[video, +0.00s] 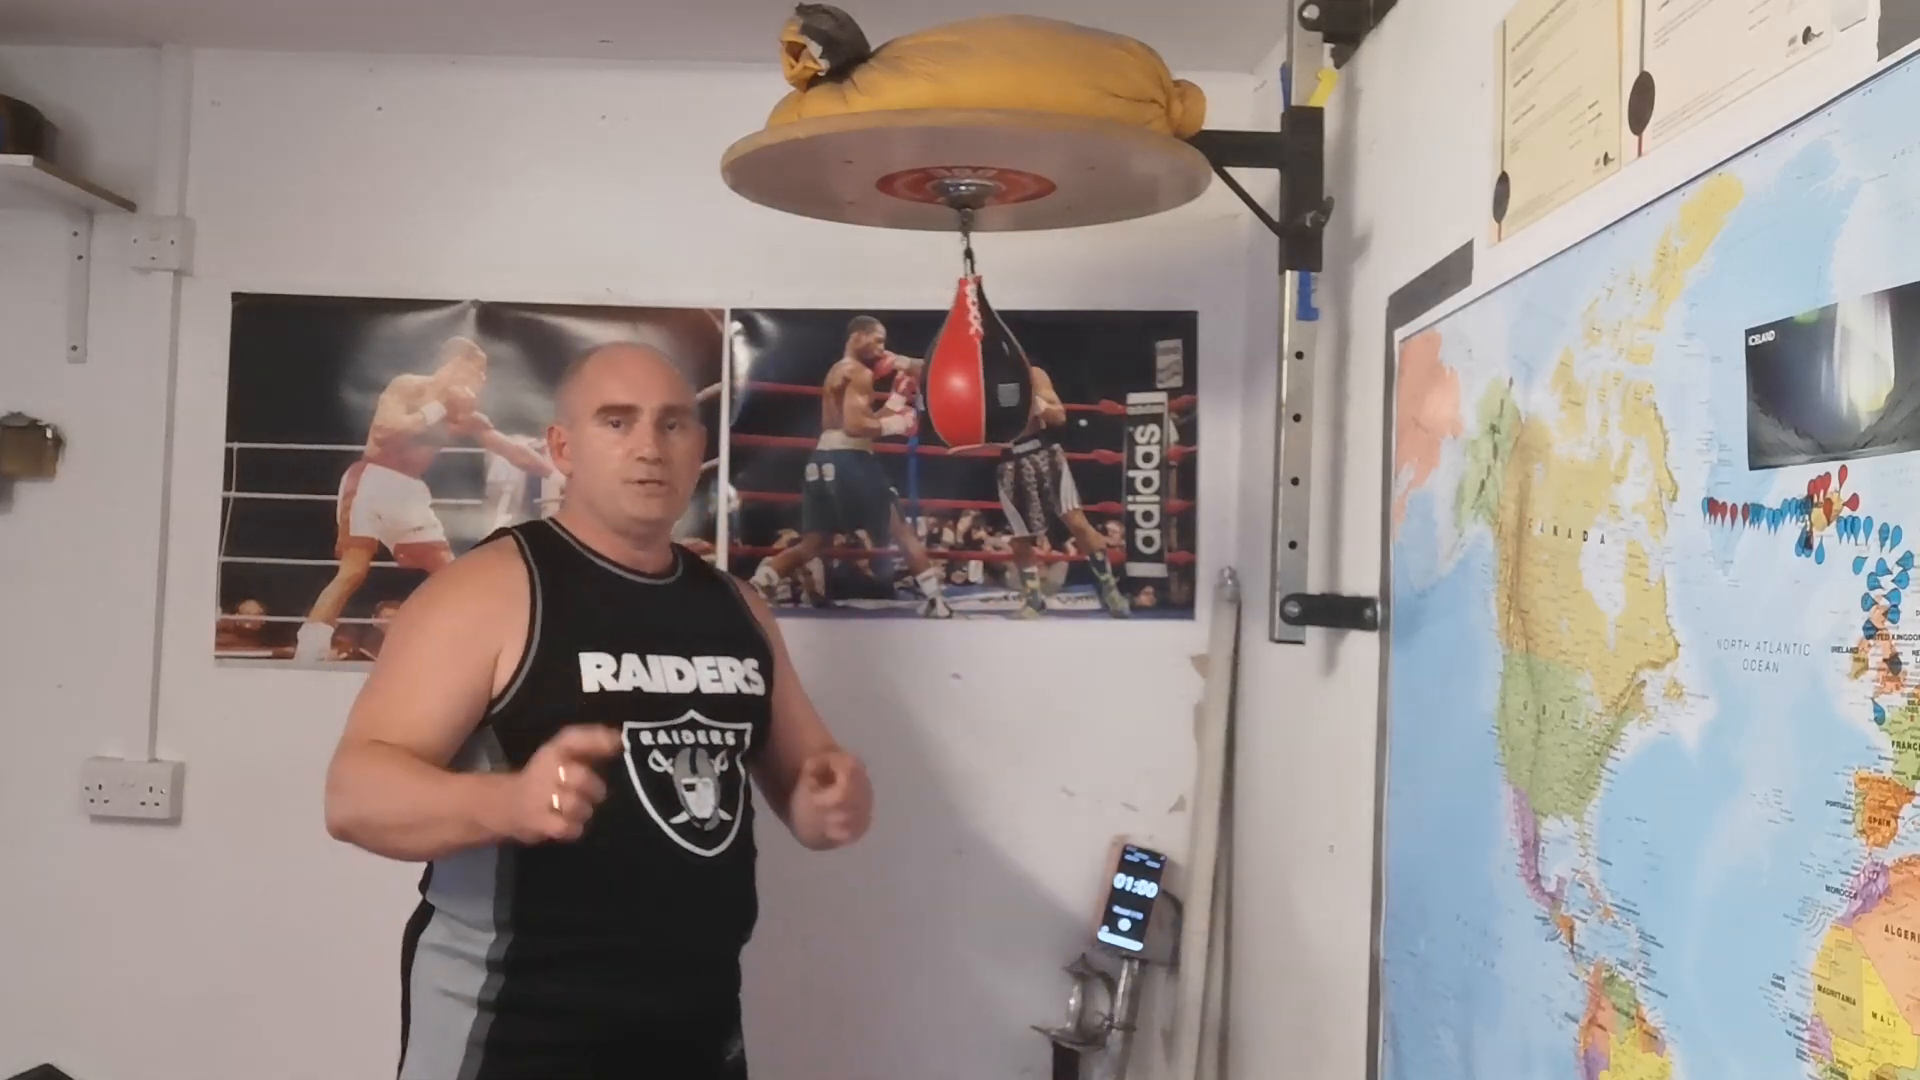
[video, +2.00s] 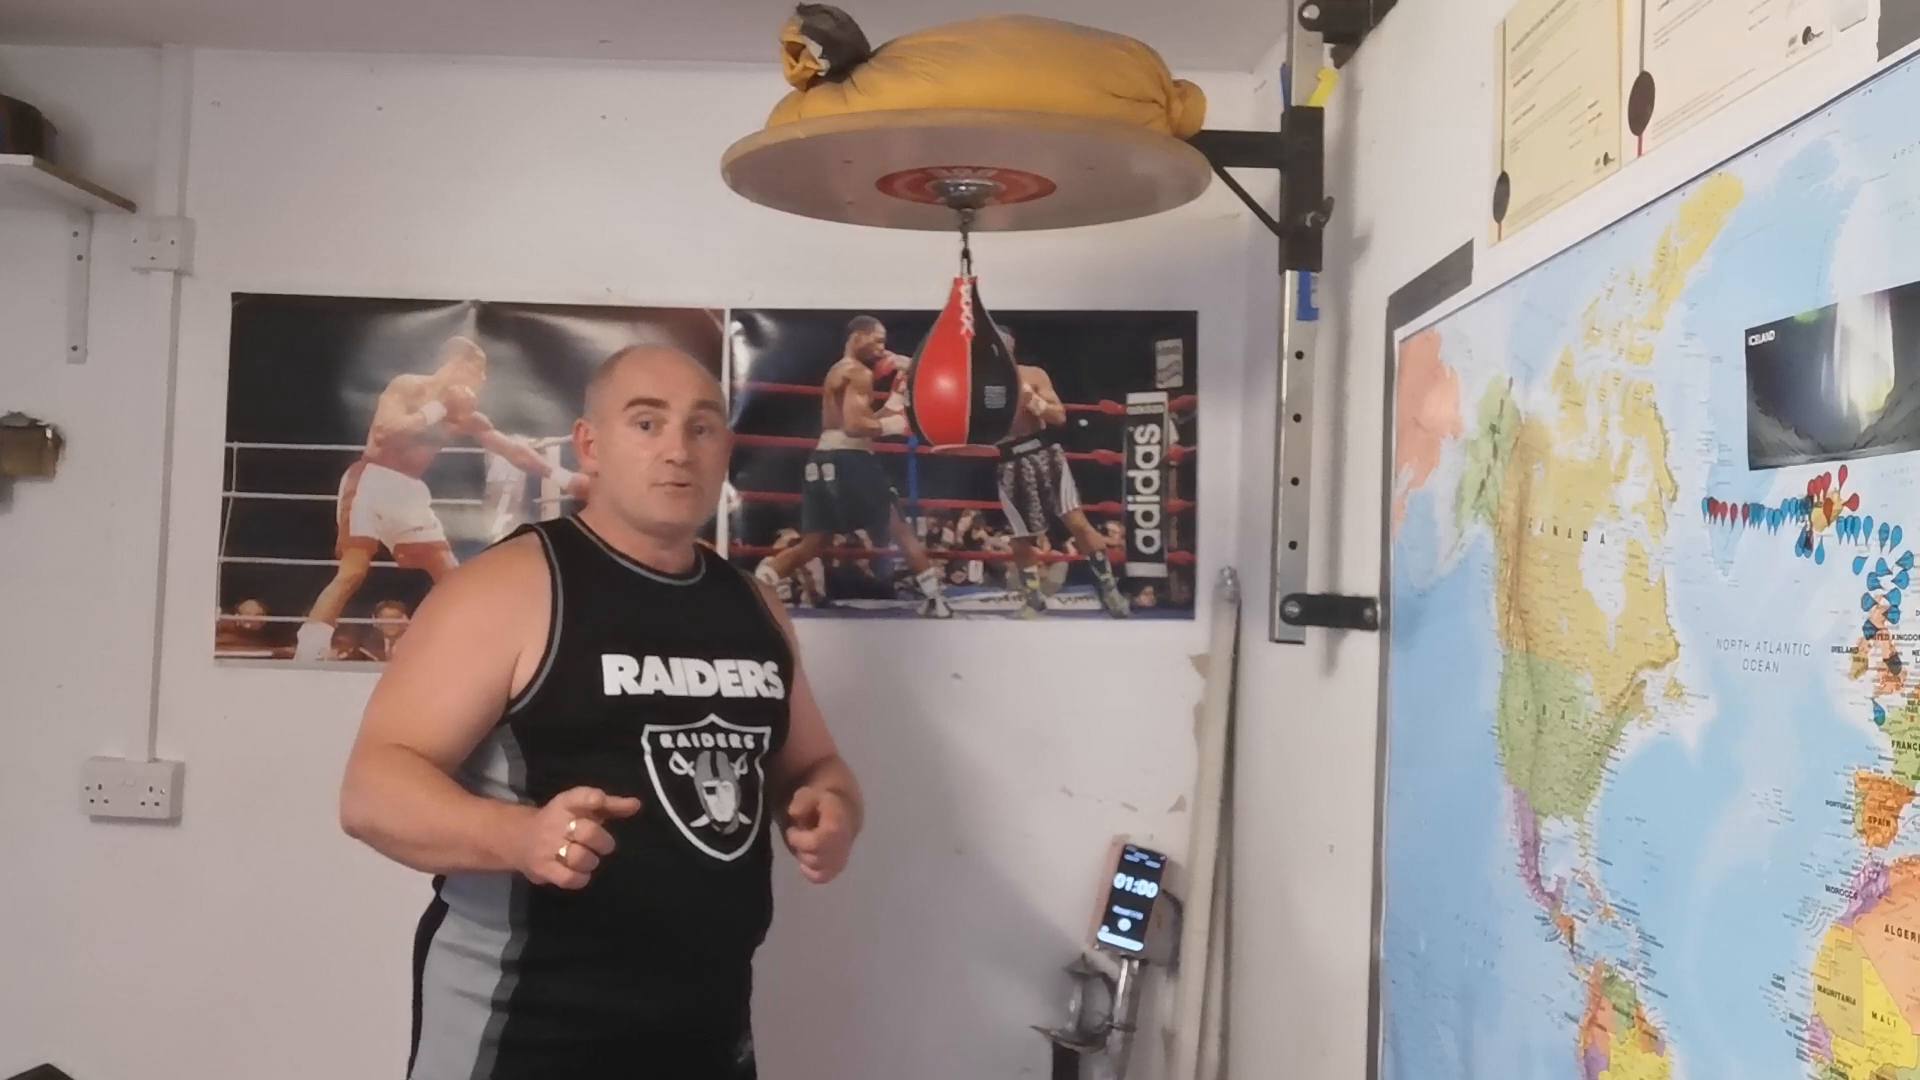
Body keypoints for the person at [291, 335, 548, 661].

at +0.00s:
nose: (480, 381)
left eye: (482, 374)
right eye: (475, 371)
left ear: (474, 378)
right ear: (452, 365)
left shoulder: (463, 410)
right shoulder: (406, 386)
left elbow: (505, 447)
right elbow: (382, 434)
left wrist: (555, 473)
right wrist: (435, 411)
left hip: (410, 494)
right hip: (371, 484)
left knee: (448, 576)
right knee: (352, 572)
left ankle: (455, 653)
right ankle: (307, 646)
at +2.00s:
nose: (473, 385)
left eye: (477, 379)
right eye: (469, 375)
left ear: (477, 382)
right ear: (450, 365)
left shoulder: (464, 415)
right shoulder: (405, 386)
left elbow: (510, 449)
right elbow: (384, 432)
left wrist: (563, 478)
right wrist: (436, 410)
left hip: (409, 493)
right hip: (369, 484)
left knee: (448, 574)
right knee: (353, 571)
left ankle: (462, 652)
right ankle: (306, 650)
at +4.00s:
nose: (477, 385)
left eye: (479, 378)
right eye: (473, 374)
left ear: (476, 380)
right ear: (452, 365)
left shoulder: (465, 415)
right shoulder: (404, 386)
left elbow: (512, 450)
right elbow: (384, 433)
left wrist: (564, 478)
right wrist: (437, 409)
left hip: (408, 494)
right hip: (367, 484)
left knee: (449, 574)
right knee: (353, 571)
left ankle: (427, 660)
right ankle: (306, 651)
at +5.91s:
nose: (478, 382)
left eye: (480, 375)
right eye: (475, 372)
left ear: (475, 379)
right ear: (453, 365)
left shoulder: (462, 412)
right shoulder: (405, 386)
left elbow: (501, 445)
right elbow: (384, 432)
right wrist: (438, 409)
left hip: (411, 492)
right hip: (371, 482)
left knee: (433, 577)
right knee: (352, 572)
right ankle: (309, 647)